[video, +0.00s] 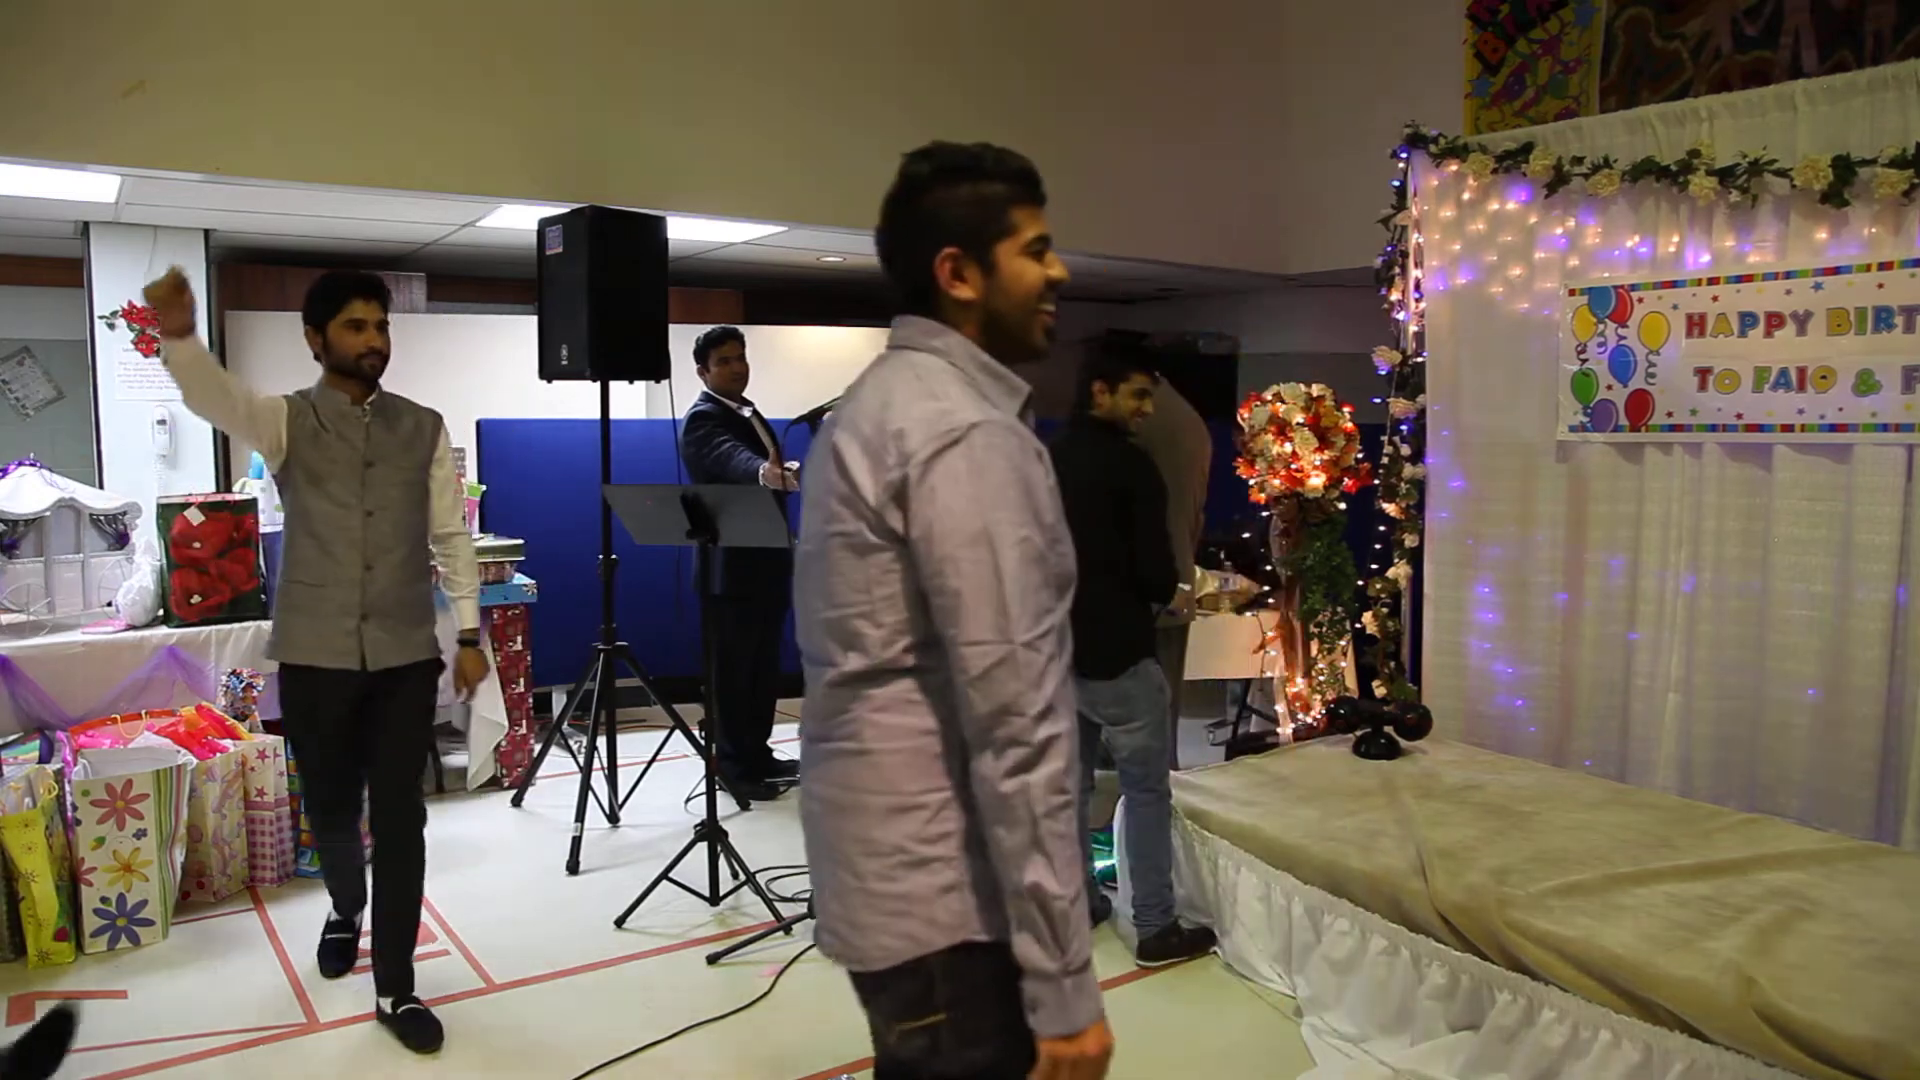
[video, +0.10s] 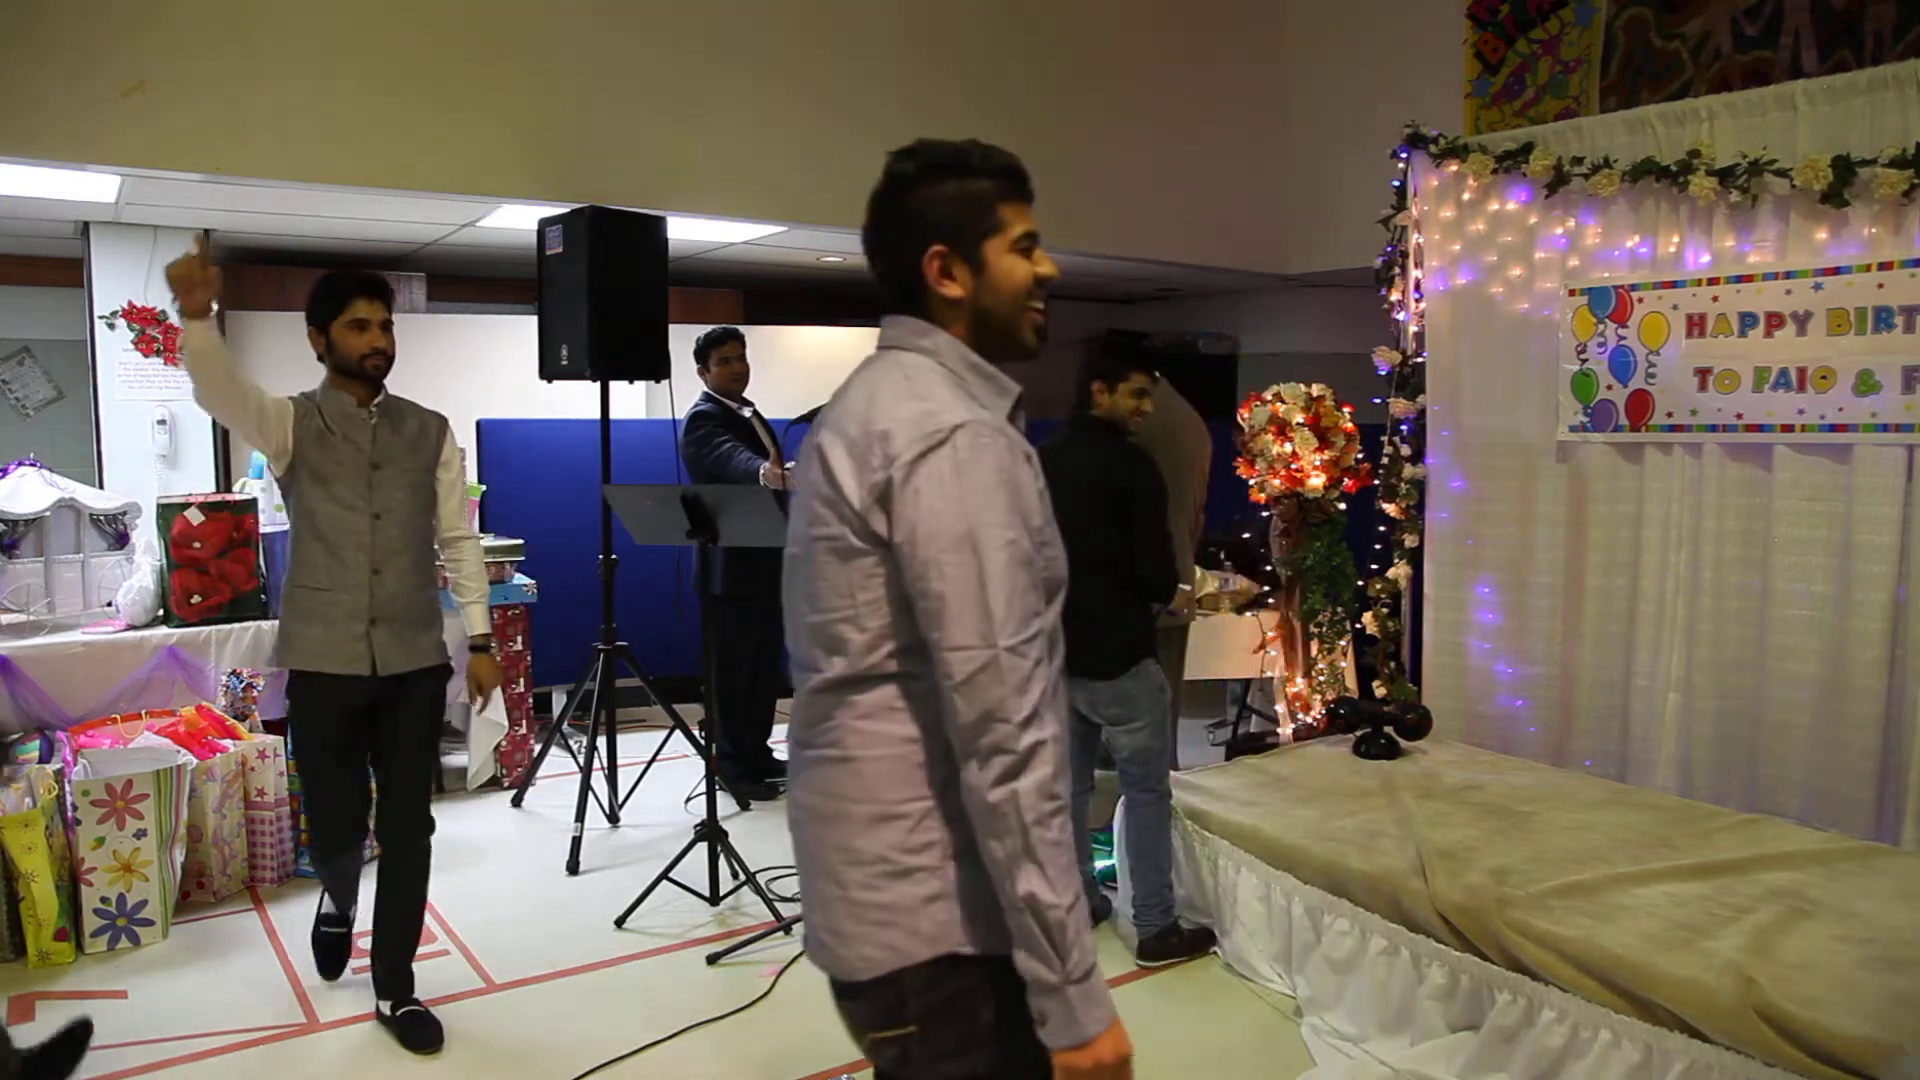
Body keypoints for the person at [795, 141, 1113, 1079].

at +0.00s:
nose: (1059, 273)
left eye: (1051, 249)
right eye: (1036, 250)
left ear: (957, 276)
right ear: (957, 274)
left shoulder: (873, 408)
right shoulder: (964, 430)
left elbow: (876, 681)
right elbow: (1017, 731)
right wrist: (1064, 989)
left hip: (888, 895)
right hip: (949, 908)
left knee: (928, 1061)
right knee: (974, 1063)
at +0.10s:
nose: (1049, 271)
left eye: (1040, 246)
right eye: (1025, 247)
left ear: (946, 275)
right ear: (946, 272)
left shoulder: (869, 408)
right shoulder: (952, 433)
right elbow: (1006, 744)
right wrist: (1075, 1004)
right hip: (943, 934)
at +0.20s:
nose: (1043, 270)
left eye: (1034, 245)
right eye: (1018, 245)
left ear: (939, 273)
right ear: (939, 269)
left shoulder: (860, 406)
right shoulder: (944, 434)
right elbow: (1003, 751)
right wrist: (1092, 1012)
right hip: (936, 945)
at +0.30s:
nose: (1040, 265)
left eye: (1029, 239)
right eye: (1012, 240)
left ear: (932, 267)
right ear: (930, 265)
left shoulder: (853, 402)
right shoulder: (937, 431)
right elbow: (998, 751)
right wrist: (1103, 1014)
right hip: (926, 934)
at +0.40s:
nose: (1039, 263)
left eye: (1030, 237)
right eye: (1006, 237)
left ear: (921, 269)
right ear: (914, 266)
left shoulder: (850, 406)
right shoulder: (920, 434)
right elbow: (997, 767)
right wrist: (1127, 1036)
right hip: (919, 956)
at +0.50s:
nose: (1038, 262)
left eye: (1030, 236)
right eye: (1003, 236)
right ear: (906, 267)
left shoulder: (844, 404)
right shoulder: (915, 434)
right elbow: (1000, 767)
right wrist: (1141, 1040)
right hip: (906, 952)